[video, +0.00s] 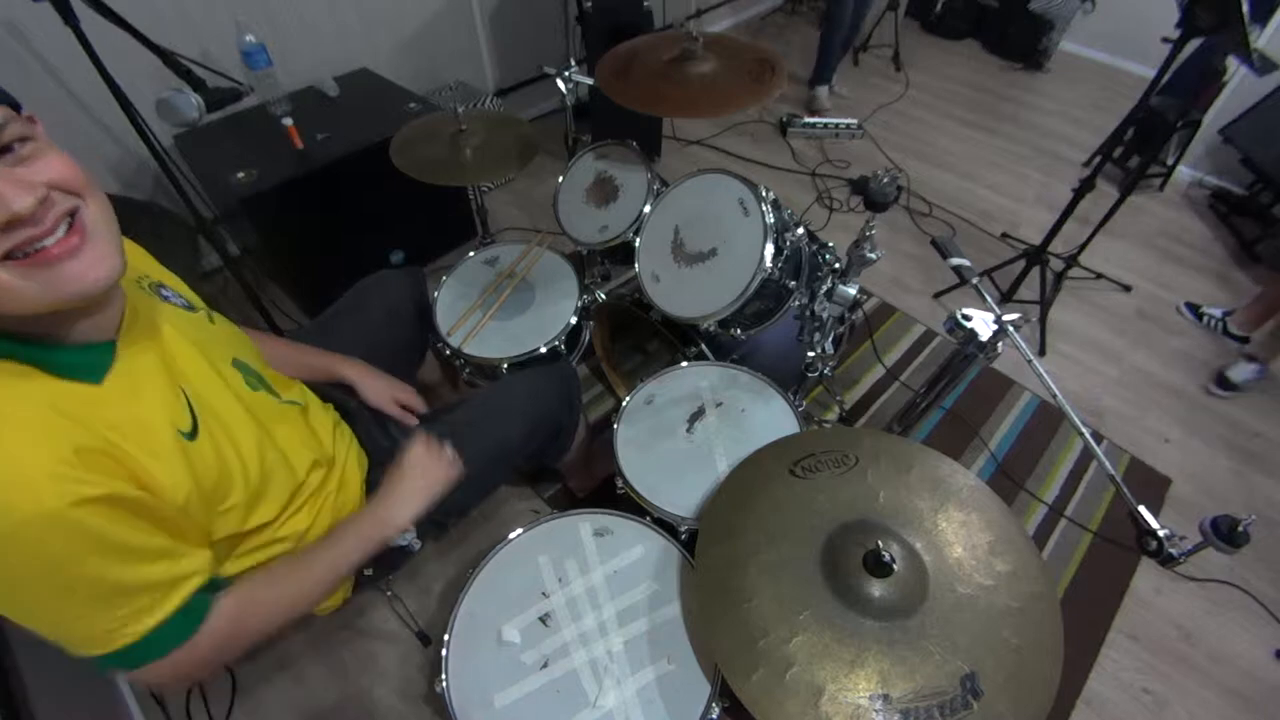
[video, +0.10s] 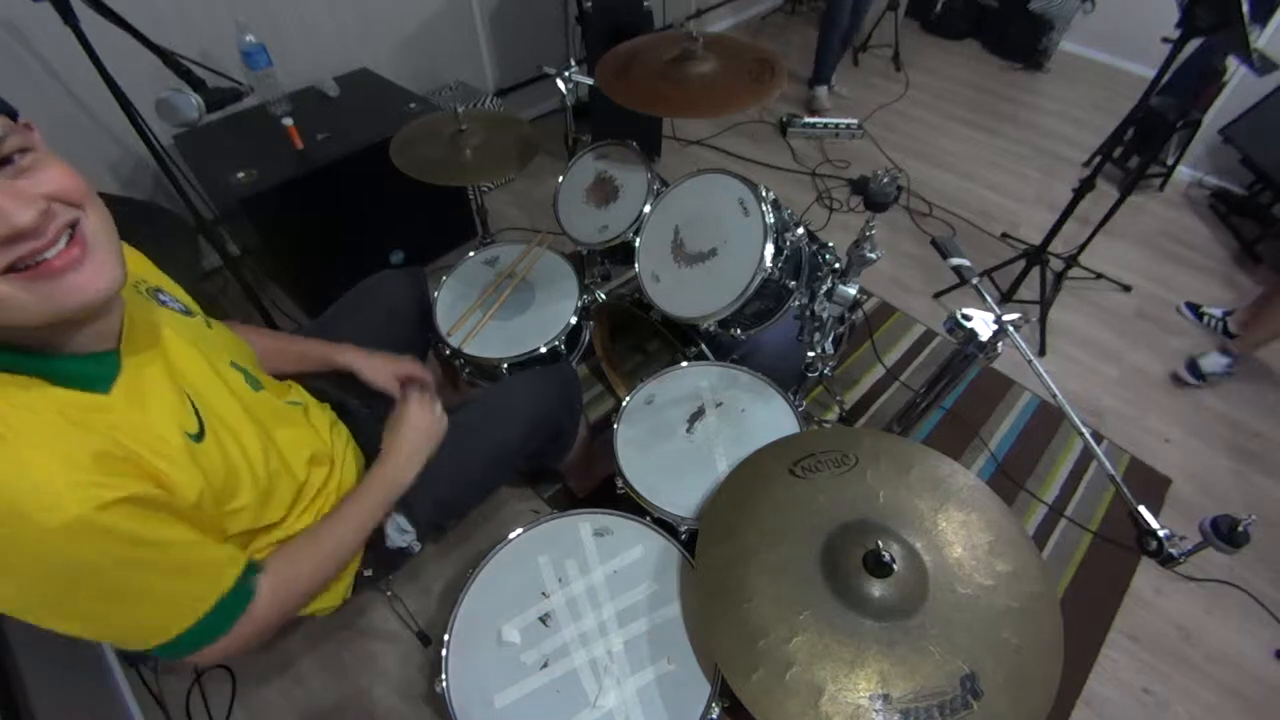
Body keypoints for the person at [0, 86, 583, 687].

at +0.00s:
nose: (27, 197)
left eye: (18, 148)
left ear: (56, 139)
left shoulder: (100, 262)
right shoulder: (37, 500)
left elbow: (213, 342)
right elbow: (175, 654)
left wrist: (347, 369)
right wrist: (388, 513)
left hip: (292, 399)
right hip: (341, 519)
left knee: (408, 284)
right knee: (547, 380)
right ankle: (575, 469)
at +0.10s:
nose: (25, 211)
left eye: (16, 157)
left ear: (54, 148)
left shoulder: (94, 265)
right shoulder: (52, 511)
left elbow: (203, 342)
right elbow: (231, 626)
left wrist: (346, 359)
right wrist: (393, 473)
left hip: (289, 411)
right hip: (348, 533)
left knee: (413, 287)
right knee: (545, 385)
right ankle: (580, 470)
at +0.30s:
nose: (93, 183)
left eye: (71, 144)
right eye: (23, 188)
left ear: (85, 135)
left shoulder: (84, 291)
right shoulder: (84, 473)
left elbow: (195, 338)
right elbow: (306, 578)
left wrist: (355, 320)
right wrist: (403, 397)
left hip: (276, 405)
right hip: (341, 529)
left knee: (400, 288)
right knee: (551, 385)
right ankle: (581, 475)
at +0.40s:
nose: (135, 170)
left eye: (113, 137)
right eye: (74, 175)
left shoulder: (75, 289)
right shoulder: (96, 451)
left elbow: (192, 341)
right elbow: (343, 527)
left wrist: (352, 312)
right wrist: (365, 317)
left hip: (268, 404)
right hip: (341, 530)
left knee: (395, 328)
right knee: (550, 383)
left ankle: (427, 403)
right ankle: (575, 467)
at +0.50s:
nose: (173, 168)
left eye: (153, 139)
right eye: (118, 165)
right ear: (12, 226)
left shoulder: (73, 272)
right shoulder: (117, 422)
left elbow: (201, 339)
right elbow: (384, 467)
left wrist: (352, 318)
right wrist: (332, 267)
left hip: (267, 408)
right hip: (337, 526)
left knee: (394, 331)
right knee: (553, 384)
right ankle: (575, 473)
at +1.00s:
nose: (267, 152)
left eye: (256, 127)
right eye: (235, 139)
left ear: (120, 166)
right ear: (126, 165)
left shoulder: (45, 229)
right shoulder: (189, 354)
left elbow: (228, 334)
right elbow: (412, 431)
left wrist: (374, 322)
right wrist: (372, 245)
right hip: (341, 527)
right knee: (555, 370)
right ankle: (579, 470)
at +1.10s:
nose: (283, 158)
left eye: (274, 135)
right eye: (255, 144)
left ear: (141, 164)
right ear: (147, 162)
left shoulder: (38, 229)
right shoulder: (200, 353)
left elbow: (217, 333)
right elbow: (409, 425)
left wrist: (366, 323)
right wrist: (364, 246)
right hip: (337, 530)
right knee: (557, 370)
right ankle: (578, 472)